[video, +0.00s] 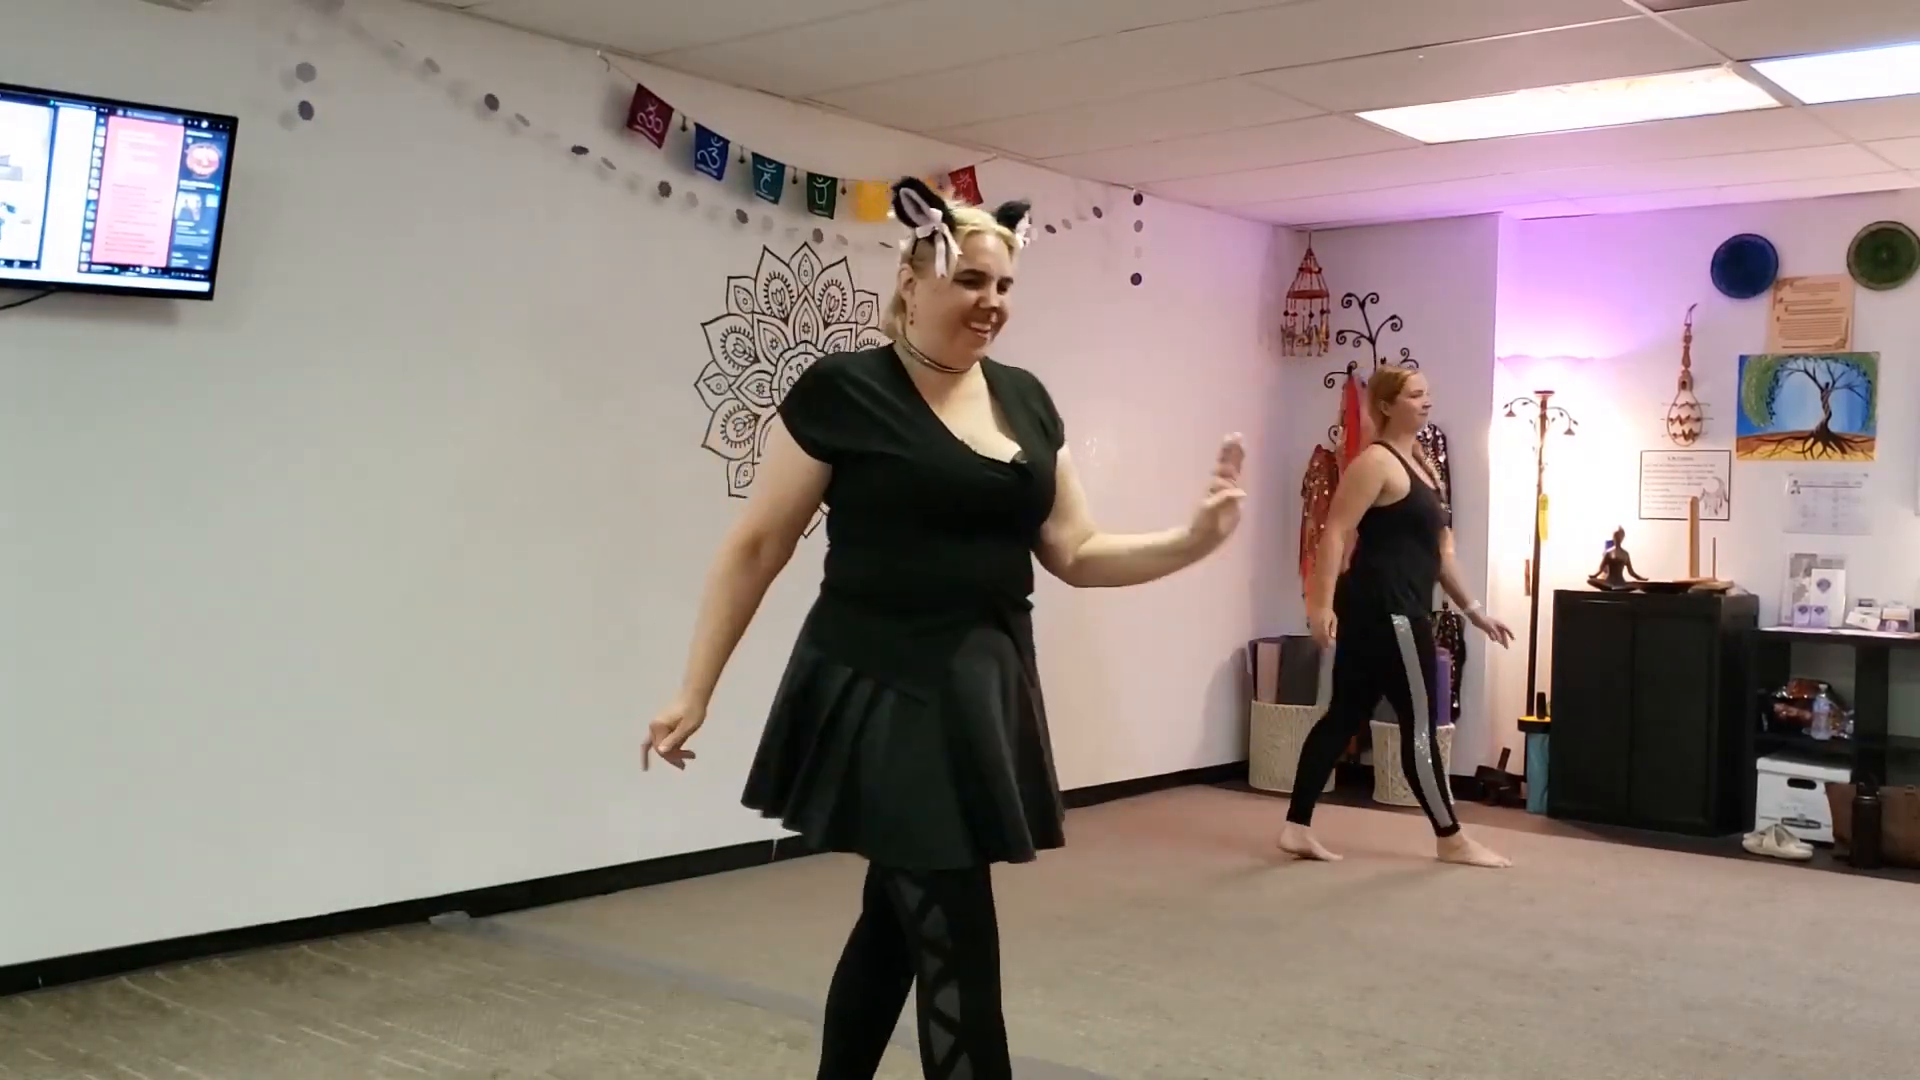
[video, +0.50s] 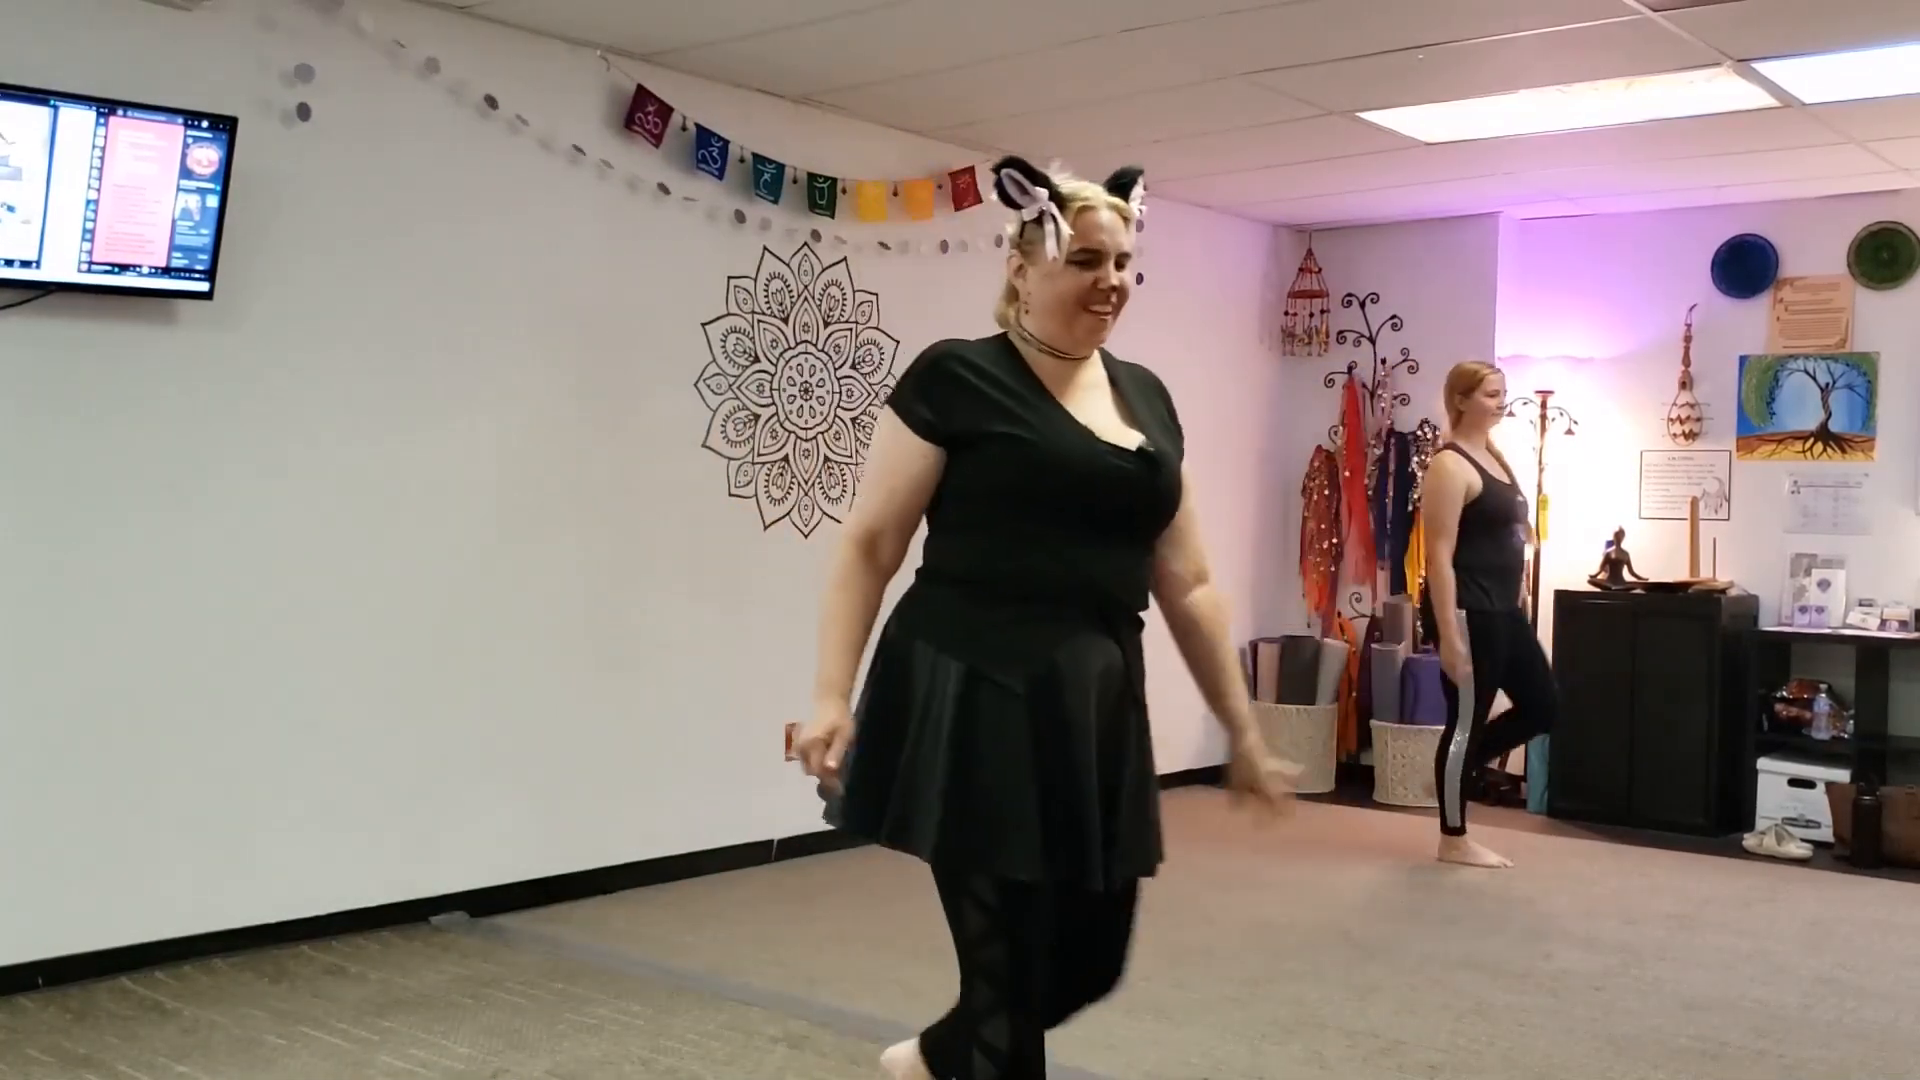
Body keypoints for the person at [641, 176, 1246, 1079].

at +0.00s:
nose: (992, 301)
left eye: (1005, 285)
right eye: (970, 279)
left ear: (1016, 293)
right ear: (908, 282)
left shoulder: (1018, 398)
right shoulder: (843, 394)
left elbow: (1075, 551)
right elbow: (756, 547)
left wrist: (1192, 540)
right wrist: (694, 695)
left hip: (983, 689)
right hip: (874, 688)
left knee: (896, 922)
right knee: (961, 933)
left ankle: (841, 1077)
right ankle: (971, 1072)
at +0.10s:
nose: (1014, 291)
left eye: (1026, 275)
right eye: (992, 270)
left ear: (1034, 285)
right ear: (929, 275)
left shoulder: (1045, 394)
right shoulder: (866, 387)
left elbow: (1105, 546)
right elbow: (782, 545)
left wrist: (1235, 556)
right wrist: (716, 695)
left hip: (1006, 685)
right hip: (894, 683)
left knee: (910, 925)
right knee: (964, 935)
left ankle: (845, 1079)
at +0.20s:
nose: (1037, 280)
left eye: (1048, 263)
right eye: (1015, 259)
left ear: (1058, 272)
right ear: (953, 266)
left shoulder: (1072, 388)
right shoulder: (887, 380)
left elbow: (1141, 540)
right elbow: (804, 536)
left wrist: (1275, 576)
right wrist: (742, 689)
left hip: (1028, 685)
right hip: (916, 680)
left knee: (930, 919)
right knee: (976, 937)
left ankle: (856, 1074)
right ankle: (982, 1072)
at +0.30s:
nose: (1062, 274)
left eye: (1073, 257)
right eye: (1038, 253)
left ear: (1083, 268)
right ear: (976, 261)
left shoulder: (1098, 387)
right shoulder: (912, 376)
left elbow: (1175, 544)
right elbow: (821, 536)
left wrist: (1309, 621)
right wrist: (769, 685)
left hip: (1047, 683)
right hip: (930, 676)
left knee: (966, 912)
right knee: (987, 917)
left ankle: (876, 1069)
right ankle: (991, 1079)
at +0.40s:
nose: (1087, 273)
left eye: (1099, 255)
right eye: (1063, 252)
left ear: (1109, 266)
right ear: (999, 261)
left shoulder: (1122, 390)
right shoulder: (936, 374)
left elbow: (1196, 561)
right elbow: (845, 537)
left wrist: (1295, 685)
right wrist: (800, 685)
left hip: (1074, 693)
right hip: (949, 682)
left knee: (1024, 926)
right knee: (994, 936)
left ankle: (897, 1066)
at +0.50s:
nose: (1111, 281)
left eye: (1125, 264)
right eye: (1086, 259)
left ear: (1134, 276)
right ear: (1023, 267)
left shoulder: (1141, 397)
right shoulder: (955, 379)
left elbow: (1188, 583)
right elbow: (868, 547)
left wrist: (1244, 727)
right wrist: (833, 698)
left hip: (1095, 706)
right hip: (967, 699)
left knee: (1088, 960)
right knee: (1008, 982)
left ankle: (926, 1059)